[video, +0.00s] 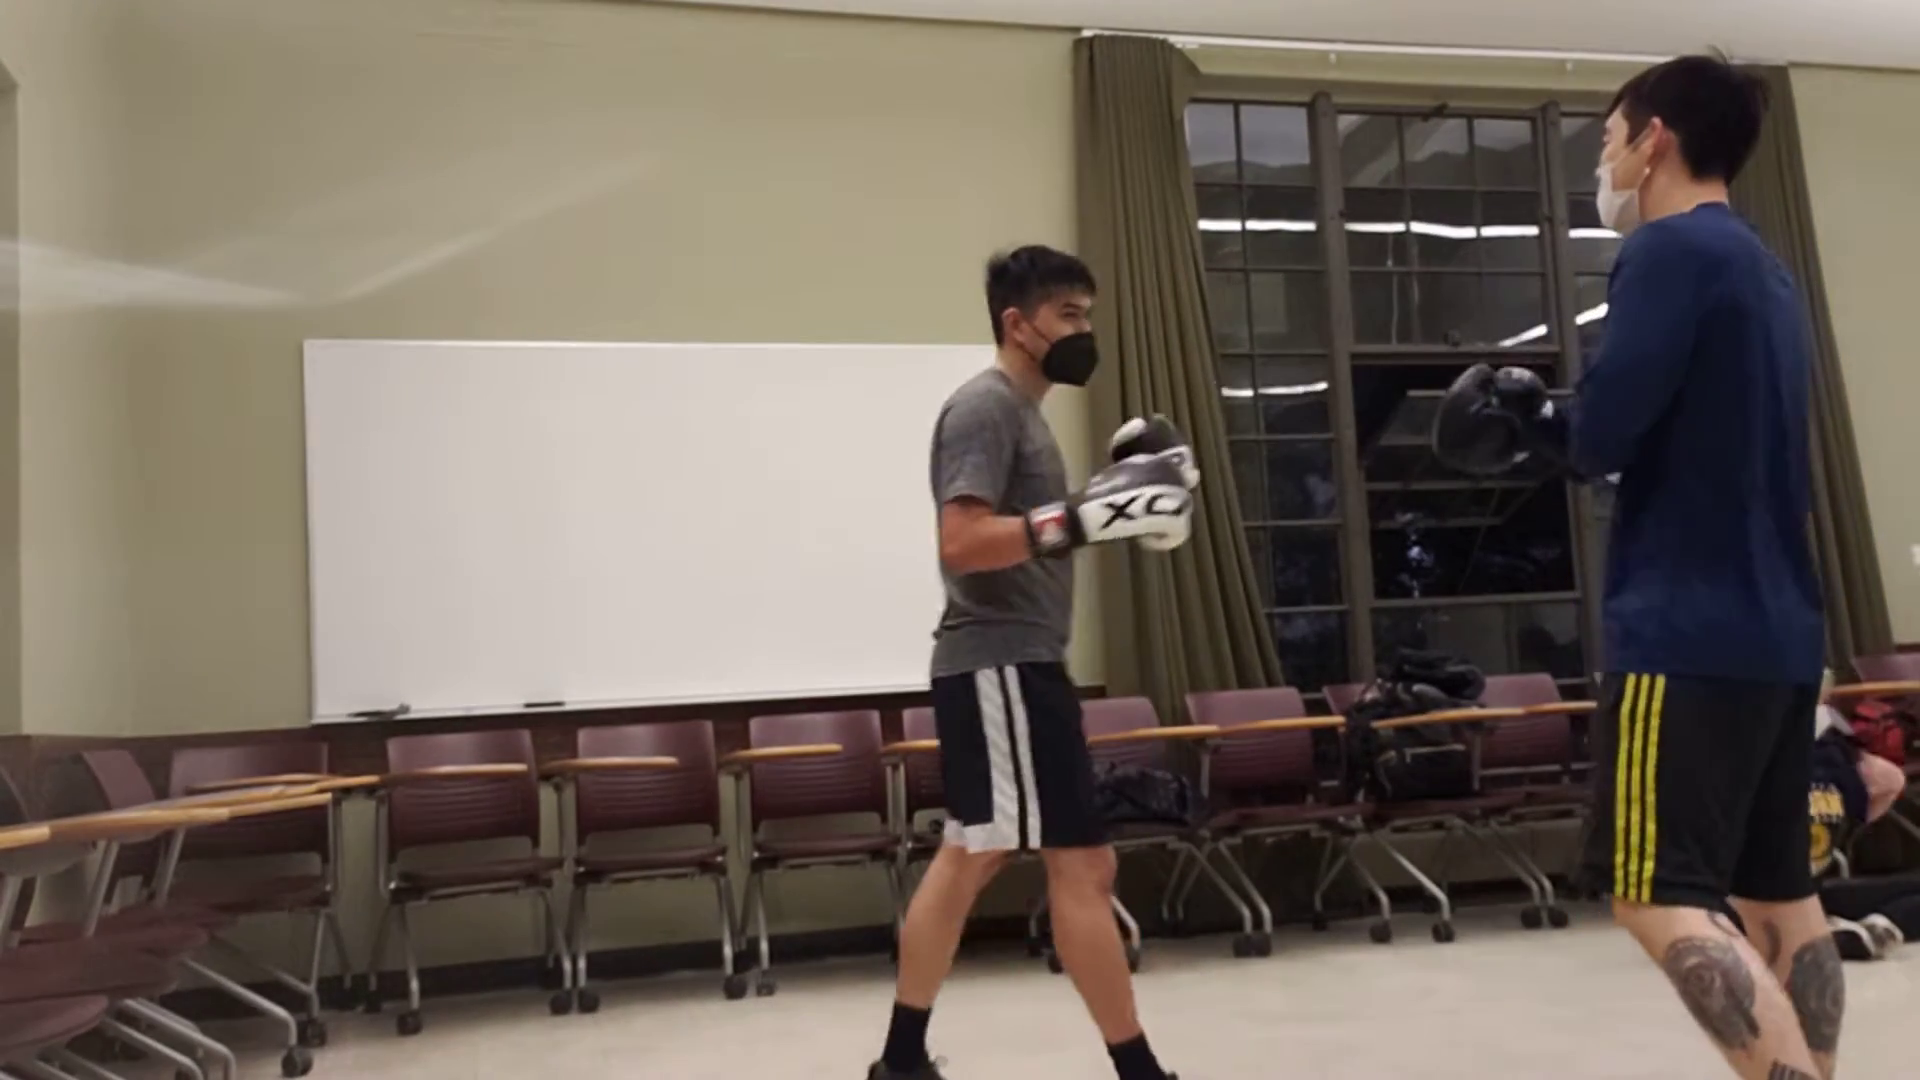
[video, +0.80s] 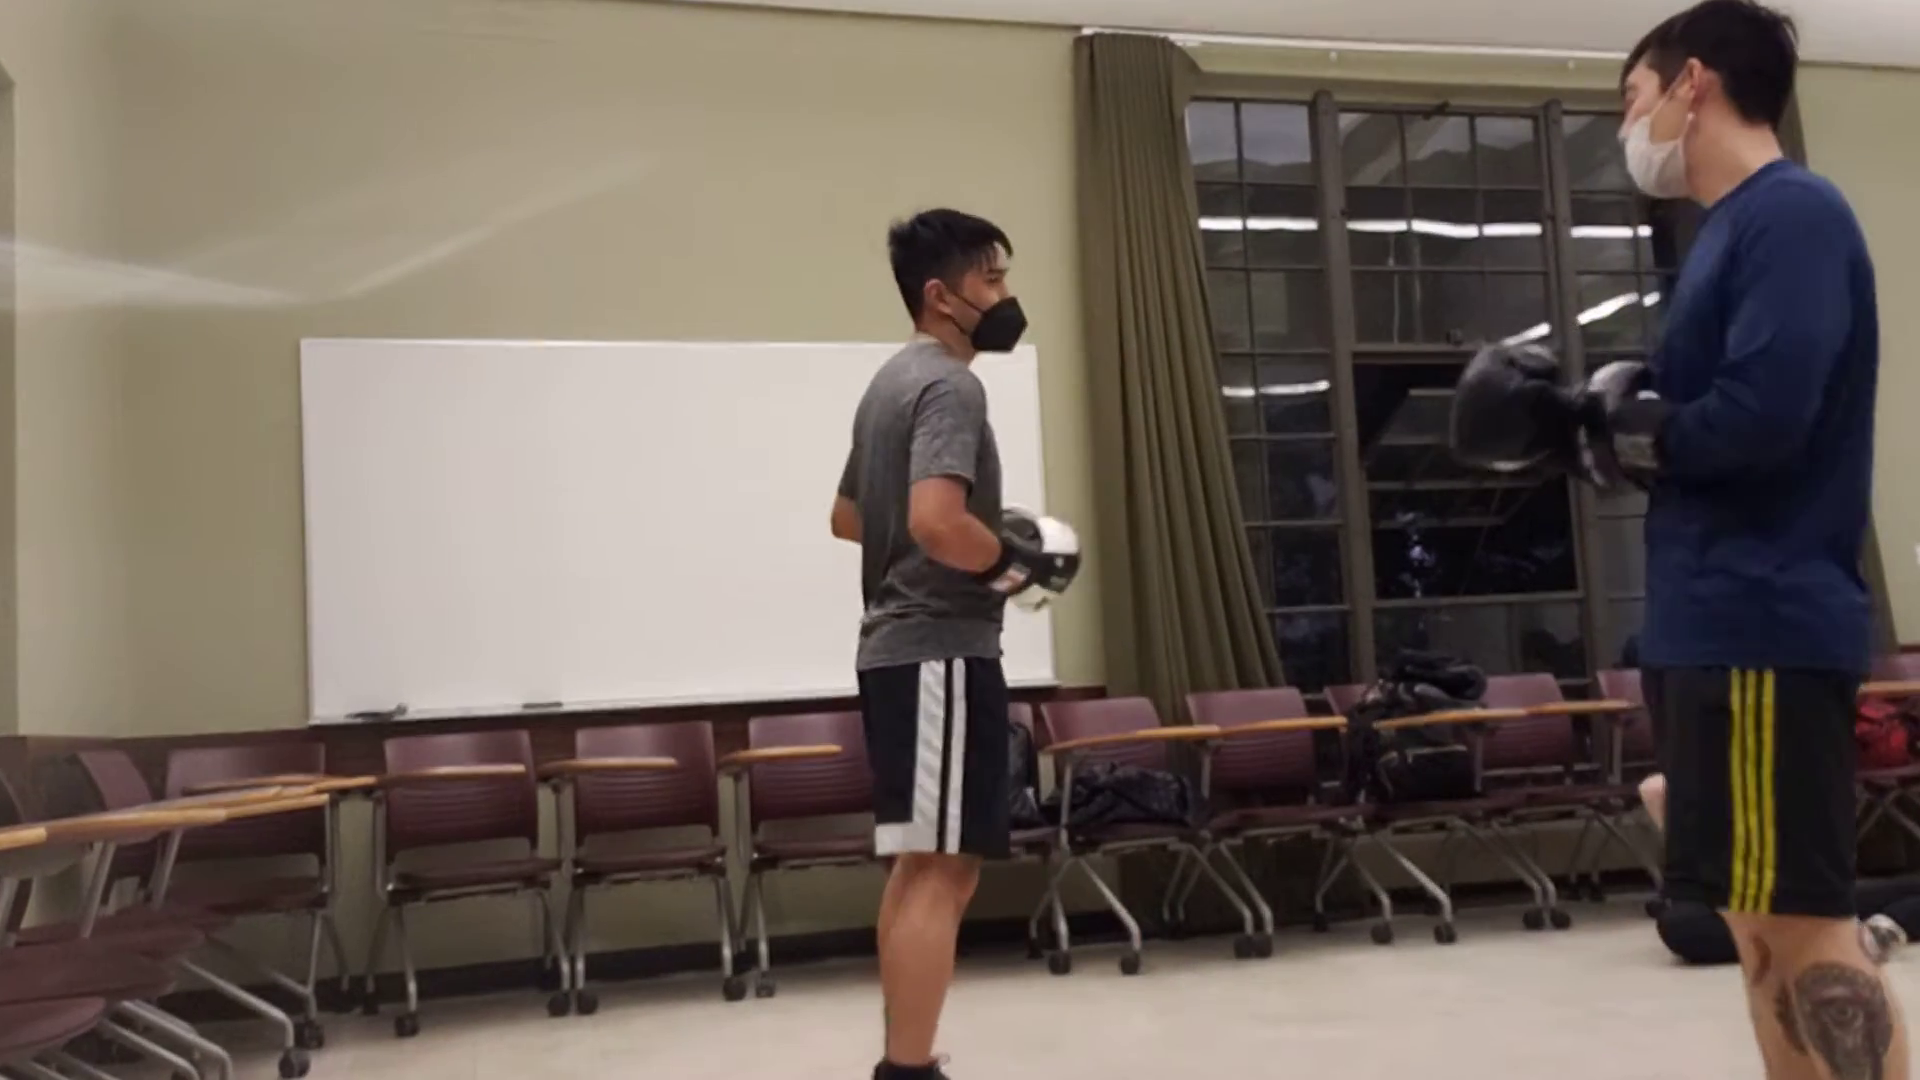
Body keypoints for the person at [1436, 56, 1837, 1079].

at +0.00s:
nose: (1601, 166)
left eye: (1610, 143)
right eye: (1603, 145)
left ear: (1655, 142)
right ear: (1697, 150)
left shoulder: (1667, 253)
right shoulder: (1765, 271)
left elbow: (1603, 434)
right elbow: (1703, 449)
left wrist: (1541, 404)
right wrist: (1552, 421)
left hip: (1685, 630)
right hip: (1778, 626)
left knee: (1653, 894)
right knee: (1775, 885)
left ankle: (1784, 1070)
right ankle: (1812, 1072)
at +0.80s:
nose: (1625, 127)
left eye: (1633, 100)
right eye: (1623, 106)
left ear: (1692, 85)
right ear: (1707, 96)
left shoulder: (1791, 216)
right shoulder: (1734, 228)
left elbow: (1758, 420)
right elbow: (1697, 395)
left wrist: (1614, 426)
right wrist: (1583, 398)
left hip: (1771, 636)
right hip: (1717, 635)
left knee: (1802, 929)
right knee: (1759, 929)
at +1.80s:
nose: (1496, 171)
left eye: (1504, 146)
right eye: (1496, 150)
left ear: (1554, 134)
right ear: (1574, 143)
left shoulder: (1638, 249)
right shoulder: (1595, 262)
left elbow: (1618, 433)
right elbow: (1579, 417)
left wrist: (1498, 464)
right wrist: (1494, 416)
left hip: (1657, 649)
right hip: (1594, 650)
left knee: (1732, 912)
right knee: (1627, 910)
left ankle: (1843, 1072)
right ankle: (1642, 1079)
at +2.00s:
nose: (1445, 195)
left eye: (1451, 169)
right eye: (1442, 176)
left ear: (1503, 154)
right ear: (1519, 161)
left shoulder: (1597, 256)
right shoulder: (1542, 287)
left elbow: (1619, 427)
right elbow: (1460, 433)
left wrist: (1499, 486)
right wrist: (1330, 395)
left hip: (1631, 637)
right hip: (1572, 640)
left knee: (1651, 891)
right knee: (1605, 893)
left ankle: (1799, 1072)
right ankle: (1646, 1076)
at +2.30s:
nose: (1399, 211)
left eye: (1403, 185)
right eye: (1394, 192)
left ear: (1456, 166)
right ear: (1470, 173)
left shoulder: (1562, 267)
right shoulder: (1507, 293)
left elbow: (1617, 439)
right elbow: (1503, 472)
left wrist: (1472, 487)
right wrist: (1333, 501)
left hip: (1598, 636)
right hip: (1553, 638)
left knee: (1591, 897)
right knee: (1595, 897)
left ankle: (1633, 1075)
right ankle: (1638, 1073)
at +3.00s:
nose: (1342, 180)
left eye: (1337, 152)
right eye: (1335, 157)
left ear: (1376, 129)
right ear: (1424, 127)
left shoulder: (1461, 254)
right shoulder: (1475, 242)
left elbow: (1491, 448)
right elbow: (1476, 443)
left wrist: (1356, 485)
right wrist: (1355, 465)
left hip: (1479, 656)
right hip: (1451, 652)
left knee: (1510, 936)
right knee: (1451, 922)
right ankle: (1546, 1076)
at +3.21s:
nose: (1300, 181)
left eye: (1296, 152)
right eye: (1296, 157)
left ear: (1333, 134)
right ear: (1396, 133)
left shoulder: (1418, 251)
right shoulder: (1444, 240)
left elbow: (1476, 444)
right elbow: (1465, 445)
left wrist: (1337, 513)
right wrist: (1334, 493)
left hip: (1450, 655)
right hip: (1420, 649)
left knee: (1505, 927)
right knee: (1359, 859)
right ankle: (1432, 1073)